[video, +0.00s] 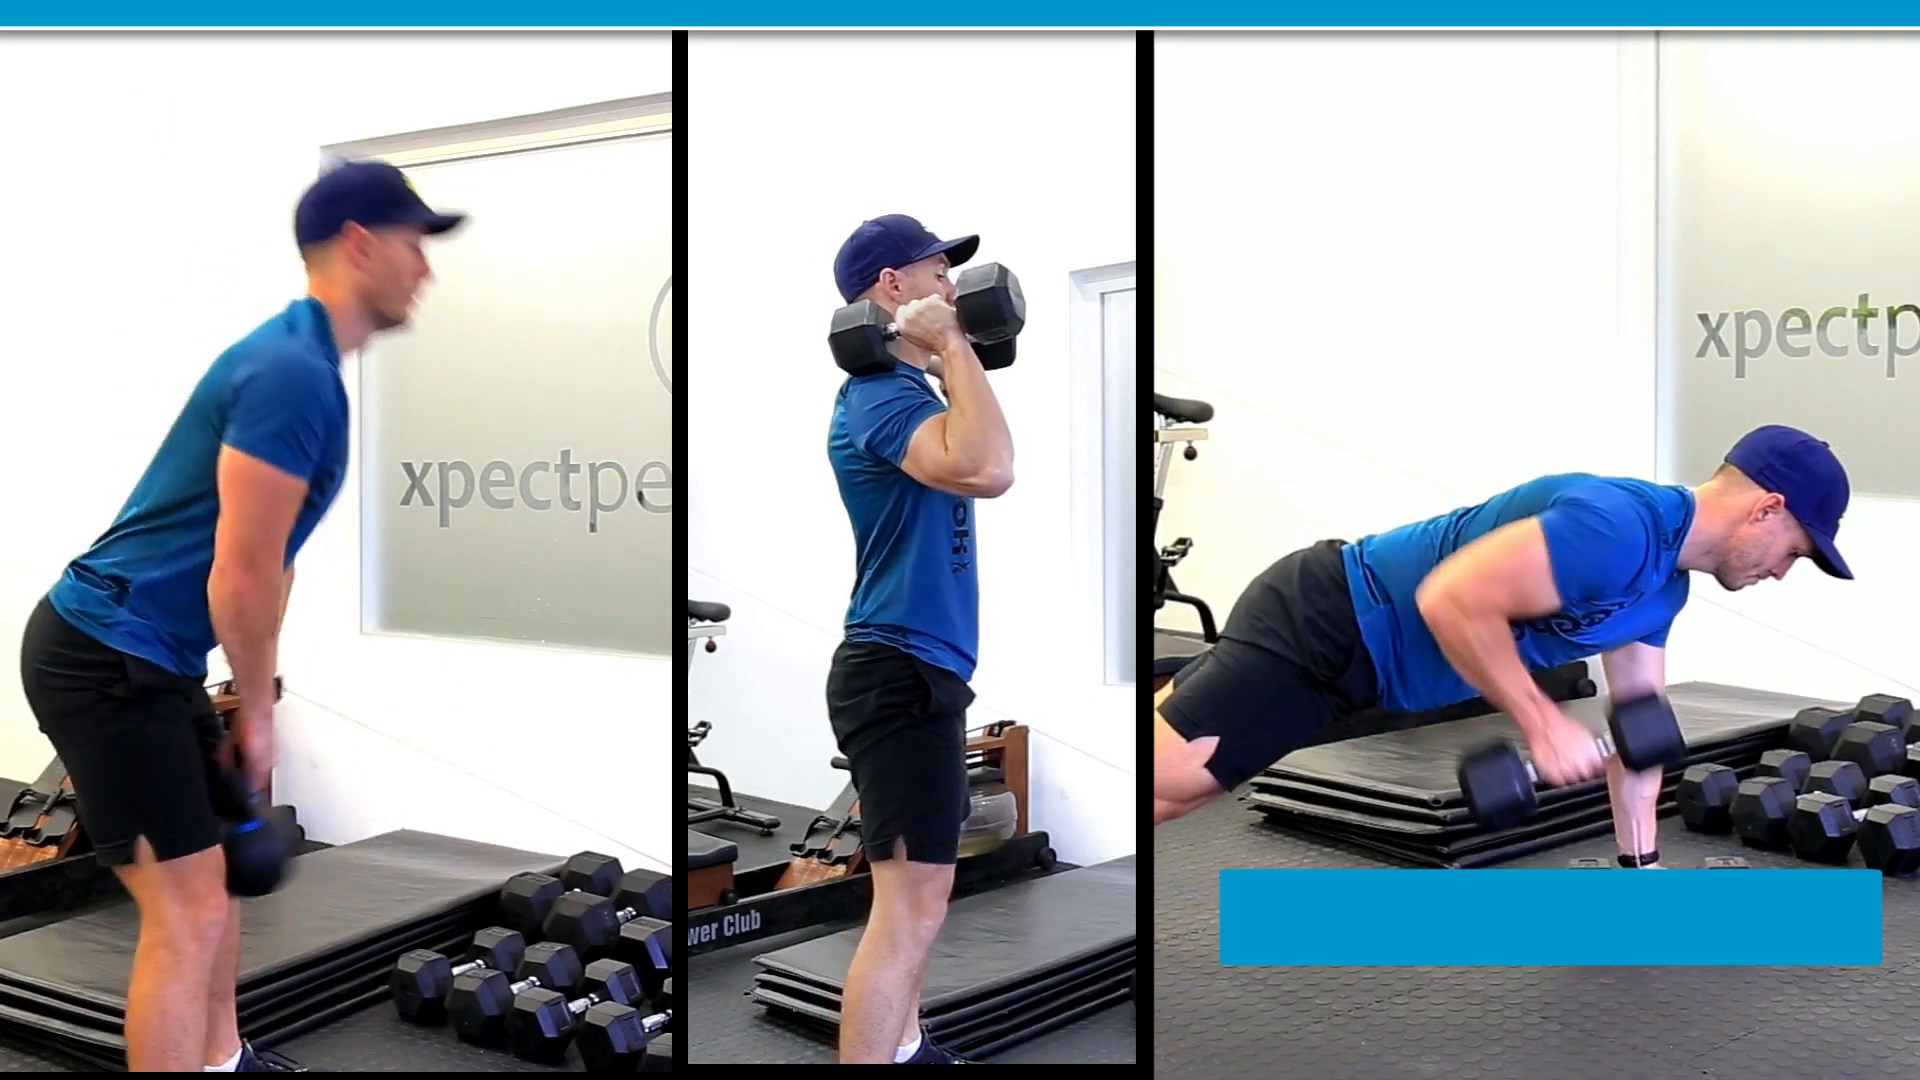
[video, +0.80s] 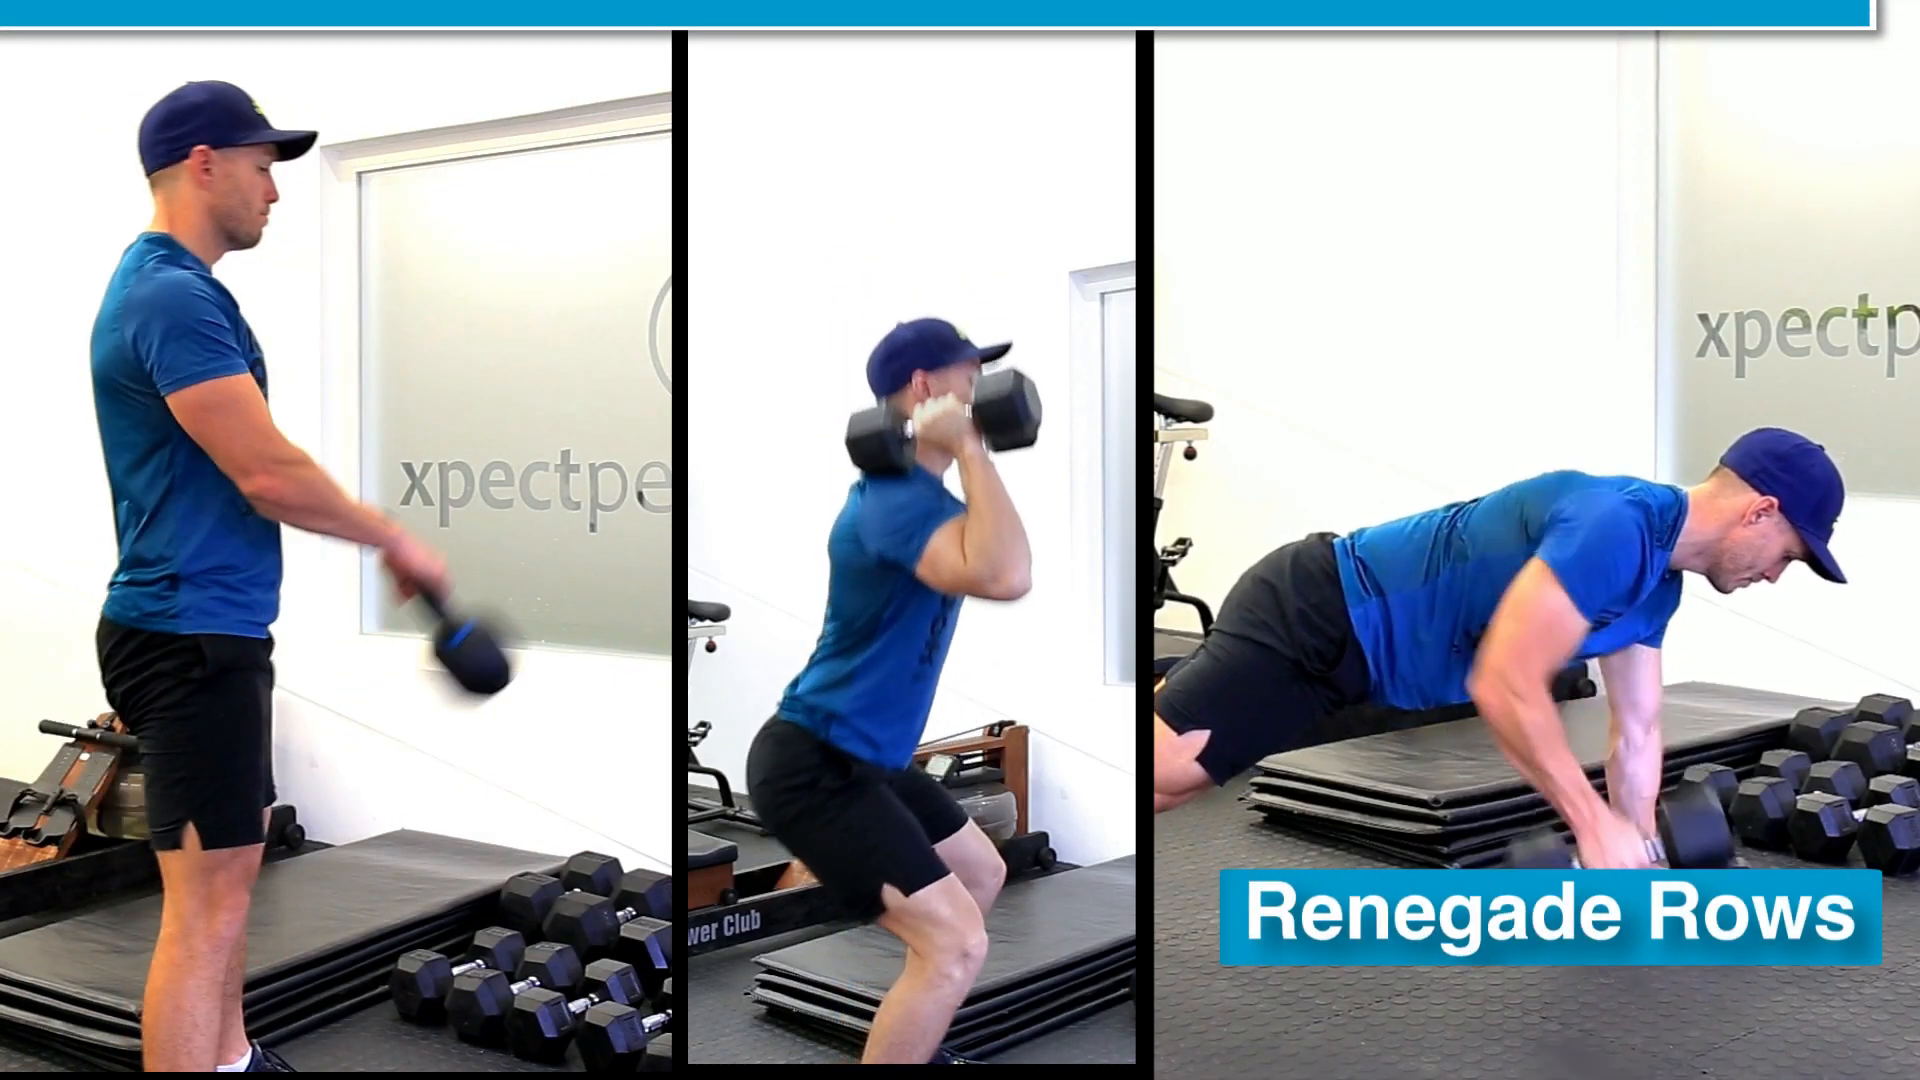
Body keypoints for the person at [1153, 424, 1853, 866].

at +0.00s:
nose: (1786, 574)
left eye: (1800, 561)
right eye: (1798, 552)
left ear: (1755, 508)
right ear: (1762, 507)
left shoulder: (1659, 584)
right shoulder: (1620, 527)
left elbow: (1640, 724)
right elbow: (1453, 600)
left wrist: (1639, 870)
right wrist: (1542, 723)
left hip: (1362, 667)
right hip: (1329, 618)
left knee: (1158, 758)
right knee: (1153, 780)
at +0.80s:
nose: (1779, 577)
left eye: (1793, 565)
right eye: (1791, 556)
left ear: (1750, 509)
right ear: (1758, 511)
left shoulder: (1652, 580)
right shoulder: (1615, 525)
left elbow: (1635, 732)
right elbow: (1505, 684)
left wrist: (1639, 867)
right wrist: (1593, 824)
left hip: (1353, 665)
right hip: (1322, 610)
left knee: (1157, 777)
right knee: (1149, 764)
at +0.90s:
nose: (1779, 578)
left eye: (1793, 567)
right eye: (1792, 557)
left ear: (1750, 507)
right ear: (1758, 510)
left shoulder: (1654, 579)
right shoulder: (1616, 529)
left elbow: (1636, 730)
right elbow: (1526, 709)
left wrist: (1644, 868)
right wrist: (1611, 860)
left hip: (1348, 659)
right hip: (1320, 611)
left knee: (1161, 780)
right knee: (1153, 760)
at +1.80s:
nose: (1799, 588)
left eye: (1812, 577)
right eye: (1810, 568)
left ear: (1769, 523)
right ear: (1777, 526)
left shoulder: (1669, 565)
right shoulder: (1653, 560)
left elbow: (1634, 769)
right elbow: (1624, 775)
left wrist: (1645, 932)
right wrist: (1641, 941)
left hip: (1356, 655)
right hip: (1339, 632)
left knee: (1160, 789)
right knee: (1150, 795)